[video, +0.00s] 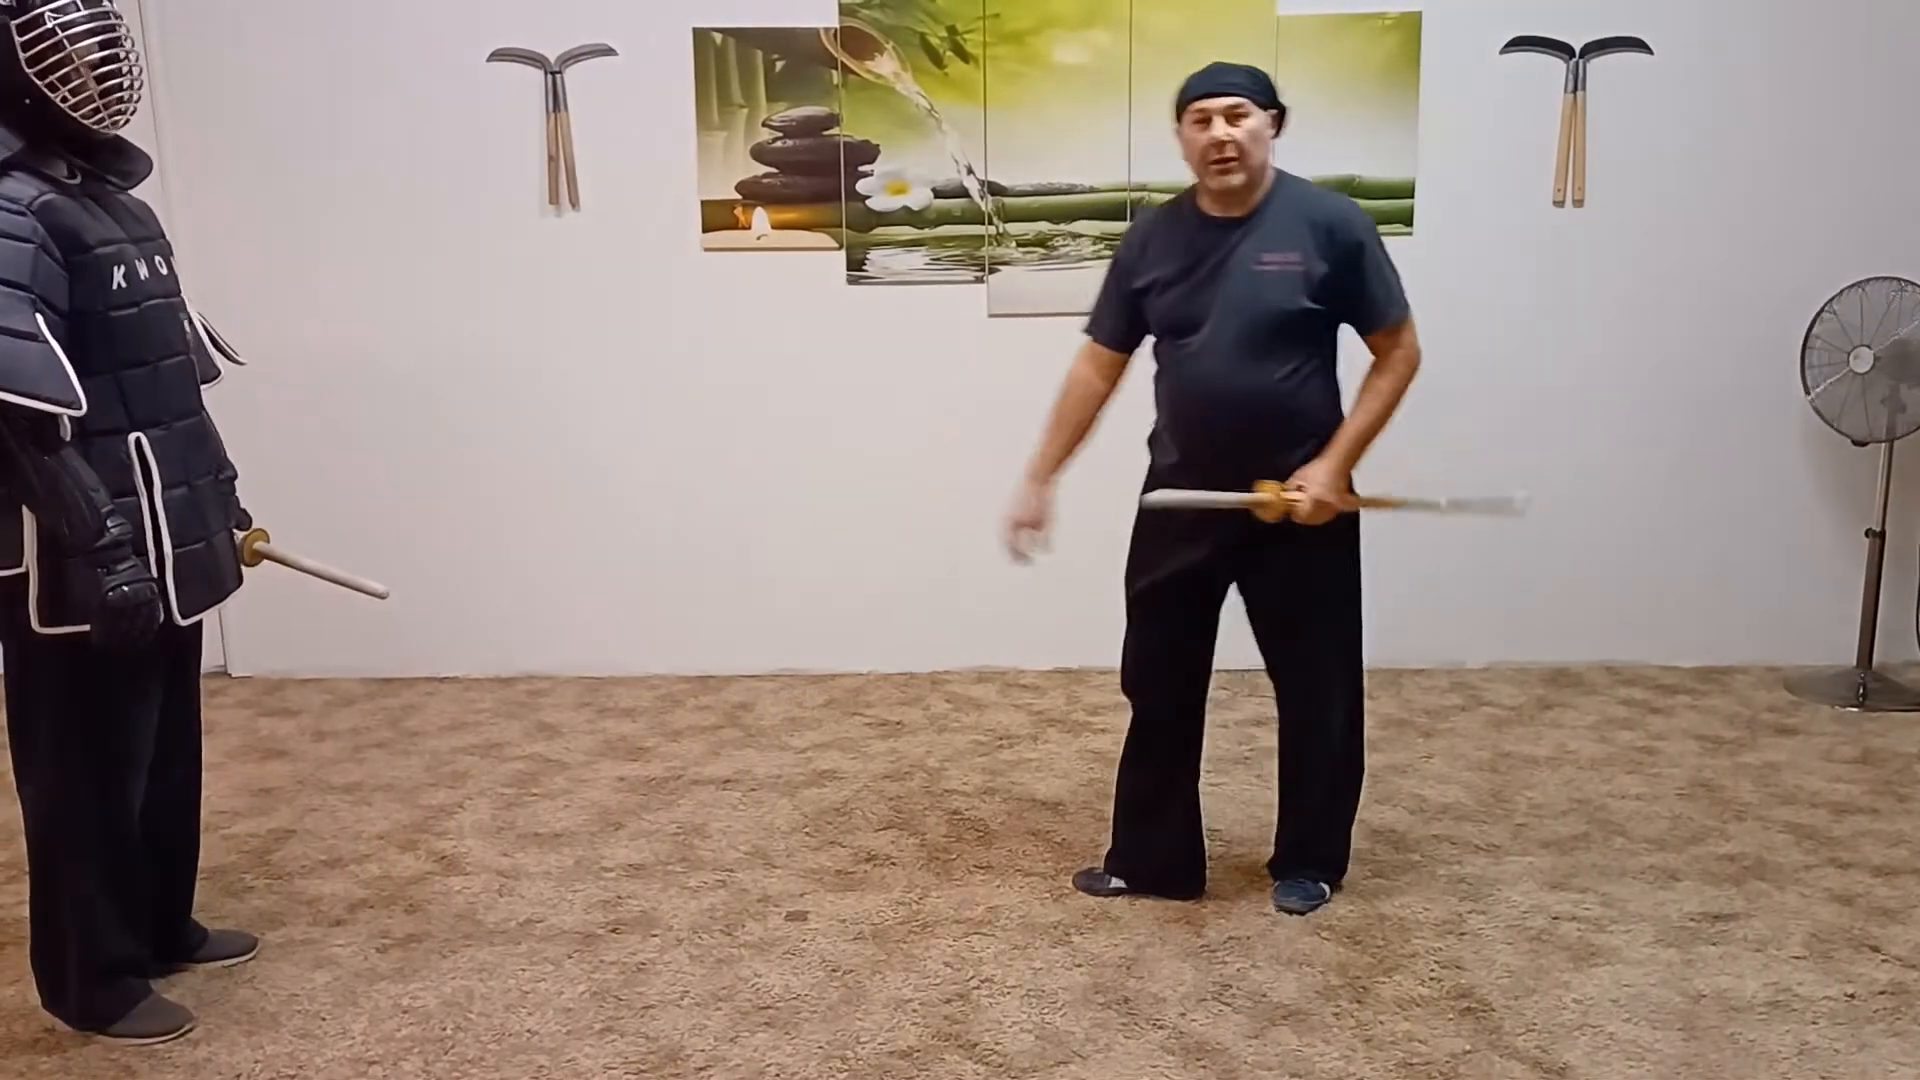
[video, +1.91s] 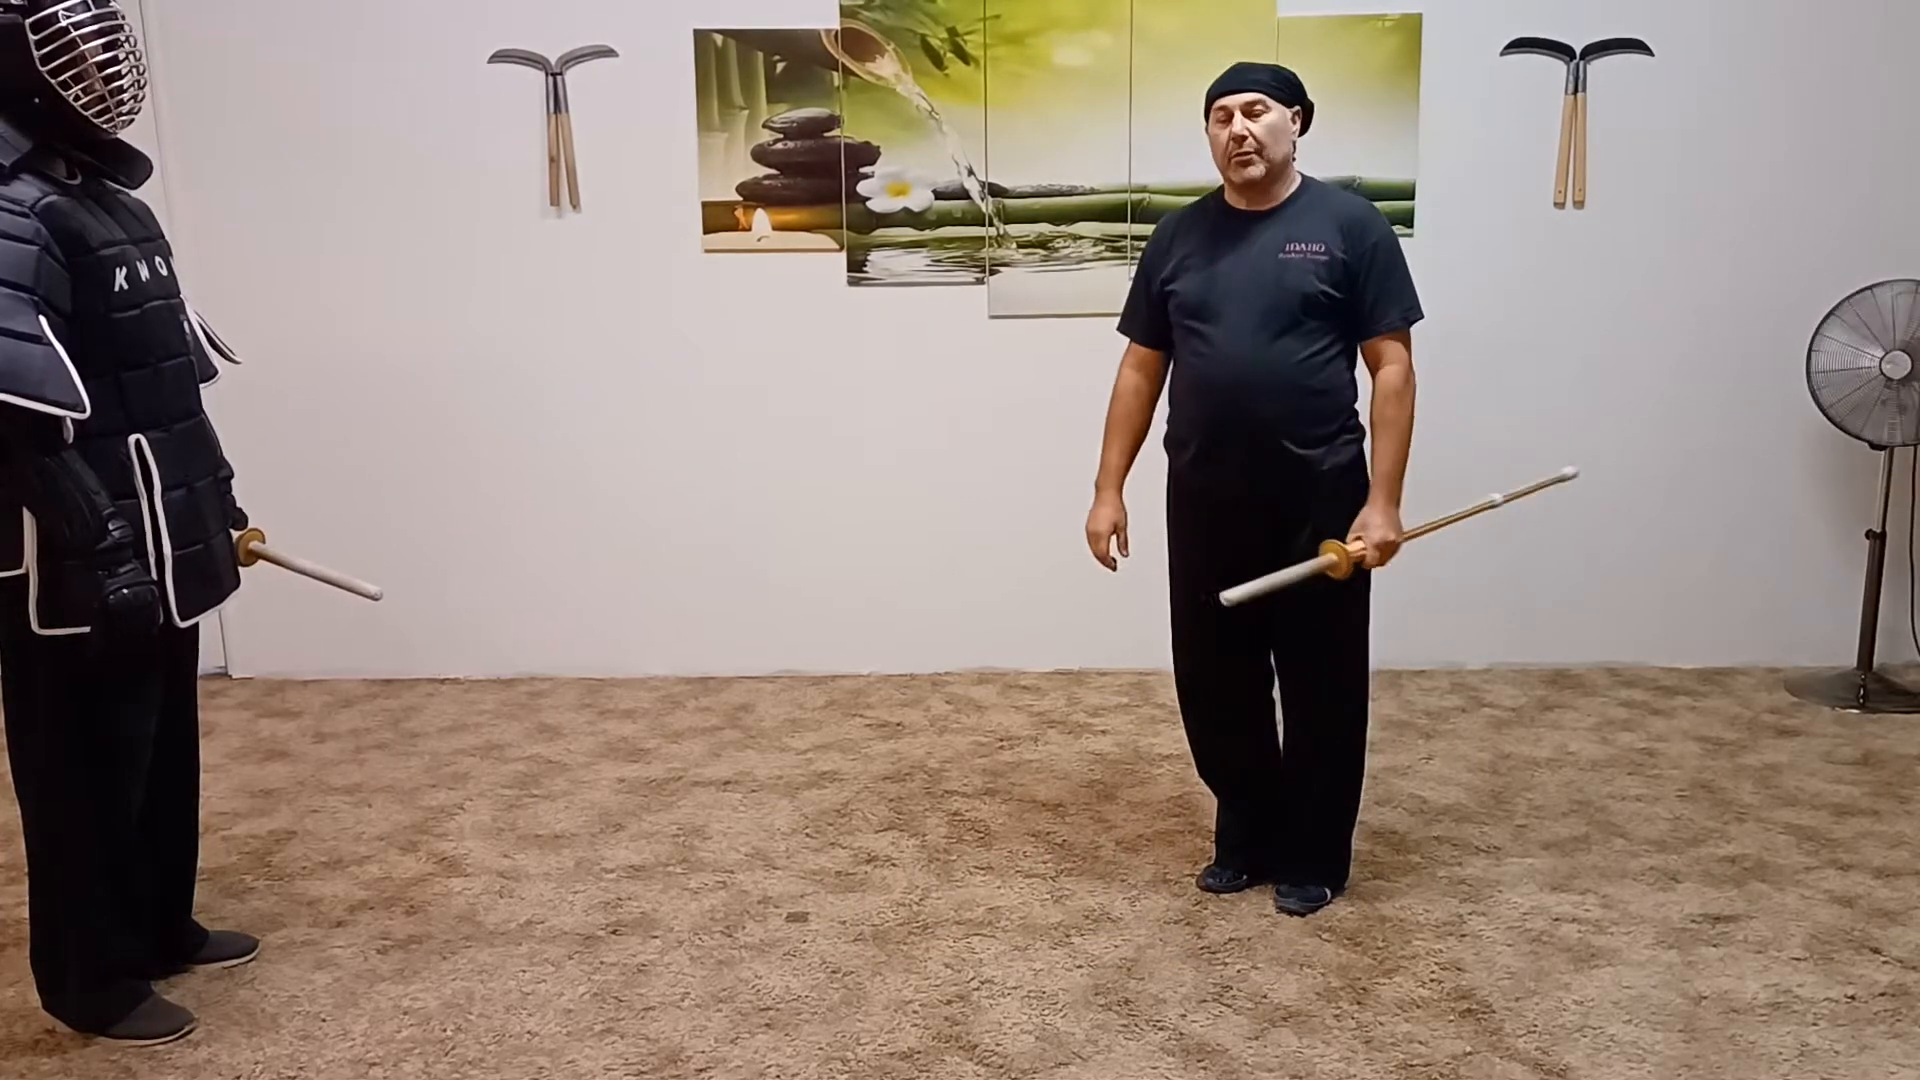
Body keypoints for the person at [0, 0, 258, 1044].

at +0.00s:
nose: (111, 65)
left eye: (110, 46)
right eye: (84, 47)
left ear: (108, 65)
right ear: (30, 68)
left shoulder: (121, 200)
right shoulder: (17, 208)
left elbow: (174, 378)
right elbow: (22, 401)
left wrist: (223, 503)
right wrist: (99, 536)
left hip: (161, 541)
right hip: (75, 553)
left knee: (161, 749)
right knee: (88, 769)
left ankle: (161, 931)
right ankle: (92, 982)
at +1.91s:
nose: (124, 83)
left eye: (121, 63)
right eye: (101, 66)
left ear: (97, 77)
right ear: (50, 79)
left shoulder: (122, 203)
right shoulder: (19, 211)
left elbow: (175, 382)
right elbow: (23, 404)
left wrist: (218, 508)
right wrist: (98, 538)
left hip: (158, 544)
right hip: (69, 557)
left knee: (160, 752)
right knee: (84, 772)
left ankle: (161, 933)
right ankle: (88, 982)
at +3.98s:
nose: (92, 82)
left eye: (87, 66)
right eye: (73, 67)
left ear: (53, 86)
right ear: (31, 83)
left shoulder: (101, 210)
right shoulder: (10, 220)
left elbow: (151, 381)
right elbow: (24, 417)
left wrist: (198, 505)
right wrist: (90, 549)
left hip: (145, 548)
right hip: (60, 567)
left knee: (150, 750)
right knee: (75, 772)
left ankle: (156, 931)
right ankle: (82, 981)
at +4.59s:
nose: (91, 74)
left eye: (85, 58)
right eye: (72, 60)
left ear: (50, 79)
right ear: (32, 77)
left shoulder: (102, 208)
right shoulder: (8, 215)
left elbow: (155, 383)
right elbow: (19, 413)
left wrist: (202, 506)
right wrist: (86, 544)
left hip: (145, 547)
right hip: (58, 562)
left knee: (151, 746)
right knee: (75, 768)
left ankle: (153, 930)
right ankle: (79, 979)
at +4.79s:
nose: (90, 77)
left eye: (84, 62)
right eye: (71, 64)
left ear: (48, 82)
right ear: (33, 80)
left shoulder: (102, 206)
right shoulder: (8, 212)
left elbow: (157, 380)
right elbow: (21, 410)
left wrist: (203, 507)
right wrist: (88, 543)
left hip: (145, 545)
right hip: (58, 561)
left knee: (150, 745)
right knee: (75, 766)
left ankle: (153, 929)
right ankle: (80, 980)